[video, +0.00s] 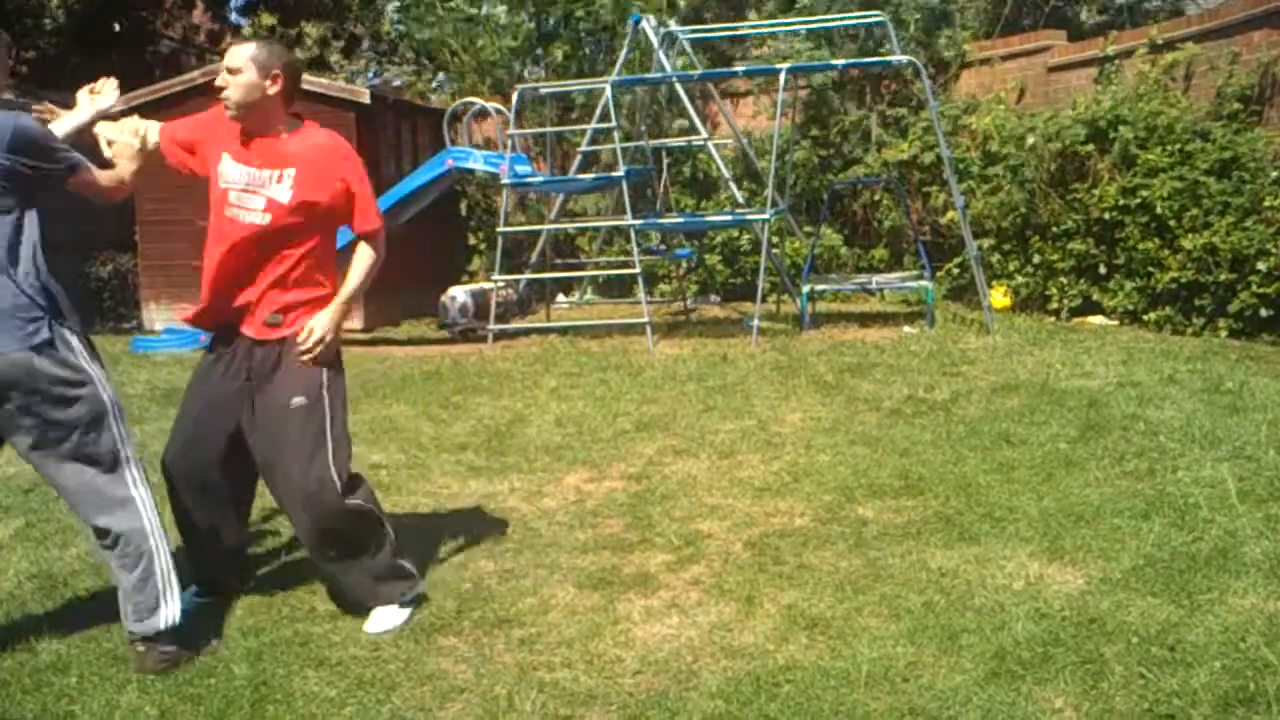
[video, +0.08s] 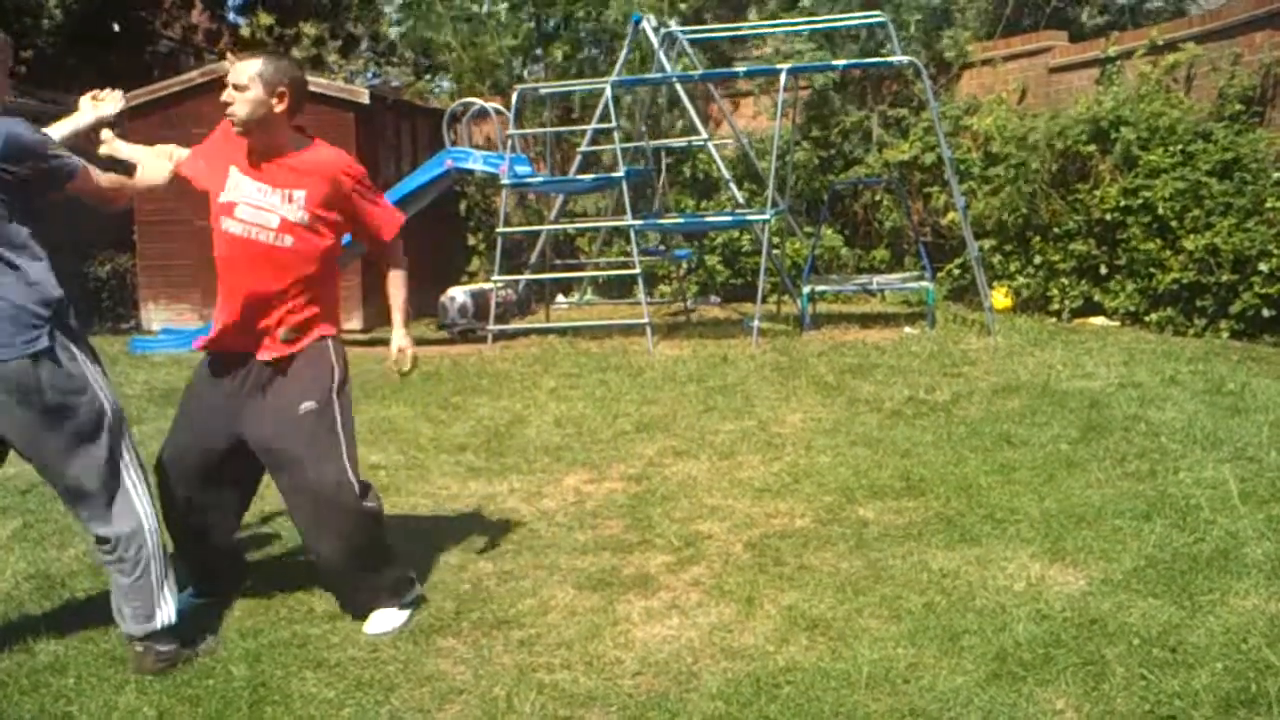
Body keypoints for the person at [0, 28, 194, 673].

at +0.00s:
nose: (13, 75)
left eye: (10, 66)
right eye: (11, 67)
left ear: (2, 80)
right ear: (7, 75)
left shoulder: (14, 133)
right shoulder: (15, 132)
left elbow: (29, 146)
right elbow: (109, 185)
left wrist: (82, 115)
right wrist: (127, 157)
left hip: (15, 339)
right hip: (25, 340)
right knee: (107, 471)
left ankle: (155, 619)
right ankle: (156, 629)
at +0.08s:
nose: (16, 78)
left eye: (13, 67)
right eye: (13, 68)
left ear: (3, 77)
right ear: (2, 76)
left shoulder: (10, 137)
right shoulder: (11, 136)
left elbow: (23, 145)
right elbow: (104, 188)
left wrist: (83, 119)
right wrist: (151, 181)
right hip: (23, 338)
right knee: (104, 472)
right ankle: (153, 632)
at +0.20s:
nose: (14, 69)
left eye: (11, 58)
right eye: (8, 60)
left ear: (3, 70)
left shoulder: (9, 125)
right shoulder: (6, 126)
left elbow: (25, 178)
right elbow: (105, 196)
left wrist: (73, 143)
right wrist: (112, 178)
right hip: (20, 339)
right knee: (101, 472)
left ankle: (149, 624)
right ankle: (152, 633)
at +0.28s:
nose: (12, 71)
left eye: (11, 60)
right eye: (8, 60)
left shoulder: (10, 128)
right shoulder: (4, 128)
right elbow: (94, 202)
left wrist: (74, 155)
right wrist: (85, 165)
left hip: (14, 321)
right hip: (13, 322)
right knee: (102, 460)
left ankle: (148, 622)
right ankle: (151, 630)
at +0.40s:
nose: (15, 69)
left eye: (15, 58)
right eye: (8, 58)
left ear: (13, 65)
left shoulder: (10, 136)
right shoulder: (2, 139)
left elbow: (79, 214)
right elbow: (75, 197)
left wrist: (114, 143)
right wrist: (90, 103)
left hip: (20, 339)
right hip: (21, 341)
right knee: (128, 478)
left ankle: (134, 626)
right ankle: (135, 638)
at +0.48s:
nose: (25, 71)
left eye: (24, 59)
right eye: (18, 58)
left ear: (10, 65)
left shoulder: (13, 143)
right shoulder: (4, 143)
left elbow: (54, 235)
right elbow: (77, 192)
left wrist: (136, 214)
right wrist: (136, 112)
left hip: (20, 341)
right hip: (21, 344)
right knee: (121, 467)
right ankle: (140, 634)